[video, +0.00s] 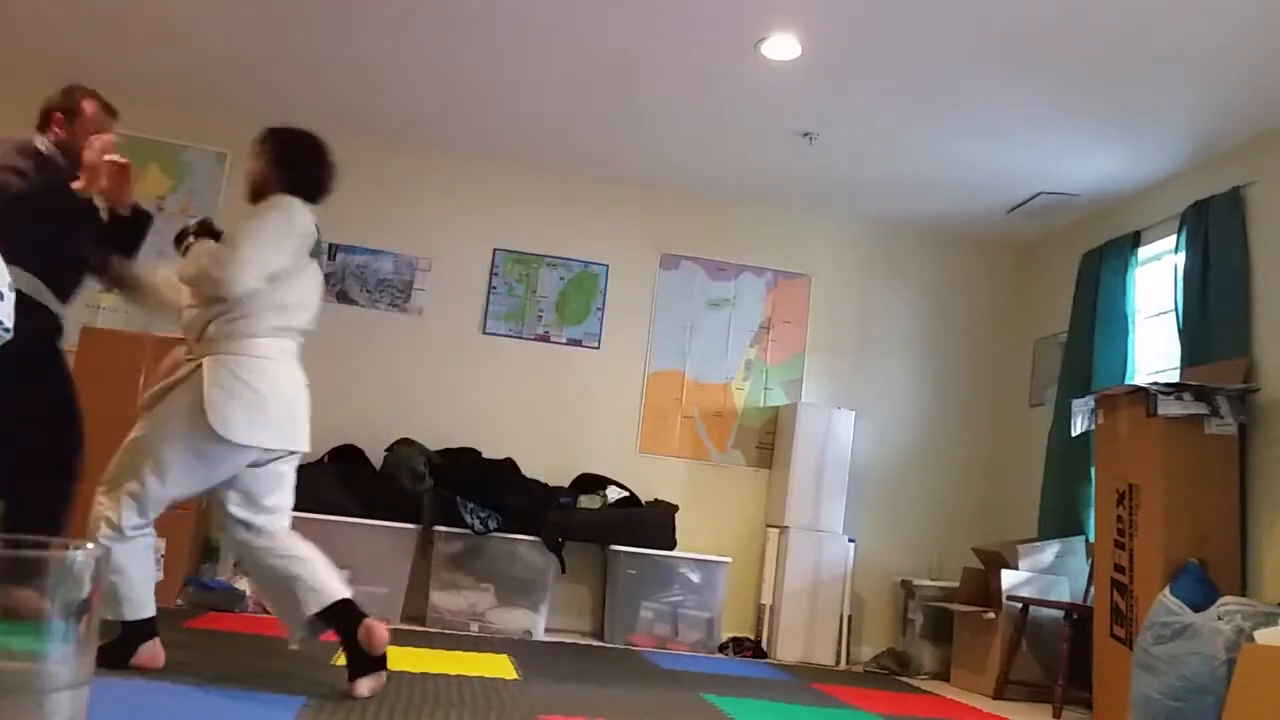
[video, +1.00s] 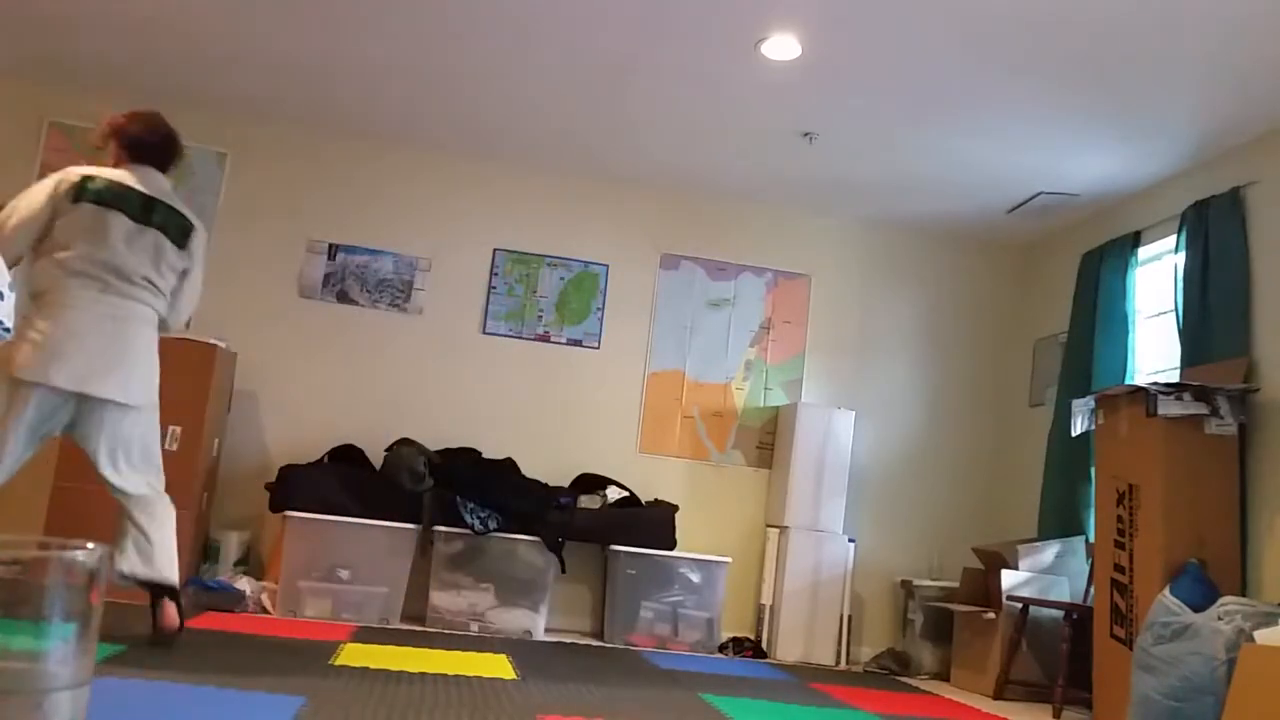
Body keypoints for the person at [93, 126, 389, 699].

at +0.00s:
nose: (250, 166)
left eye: (258, 157)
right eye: (254, 155)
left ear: (277, 167)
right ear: (307, 177)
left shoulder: (282, 212)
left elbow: (233, 277)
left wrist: (196, 245)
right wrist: (122, 271)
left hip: (236, 388)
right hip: (282, 397)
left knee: (123, 499)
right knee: (258, 529)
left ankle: (136, 633)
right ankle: (354, 626)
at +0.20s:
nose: (187, 141)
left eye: (198, 133)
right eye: (193, 131)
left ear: (221, 147)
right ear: (241, 154)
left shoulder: (216, 195)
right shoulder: (243, 208)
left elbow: (199, 278)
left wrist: (142, 269)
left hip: (198, 375)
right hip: (239, 379)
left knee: (110, 493)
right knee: (235, 516)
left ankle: (138, 628)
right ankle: (324, 588)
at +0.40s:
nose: (167, 148)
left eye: (172, 139)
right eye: (170, 138)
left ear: (189, 145)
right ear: (231, 157)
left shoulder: (167, 185)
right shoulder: (255, 232)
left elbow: (90, 259)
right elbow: (252, 322)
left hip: (155, 361)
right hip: (222, 382)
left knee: (43, 451)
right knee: (205, 498)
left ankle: (55, 583)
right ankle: (239, 632)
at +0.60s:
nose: (126, 155)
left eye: (131, 148)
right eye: (132, 146)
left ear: (136, 159)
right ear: (190, 174)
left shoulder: (87, 200)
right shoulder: (204, 241)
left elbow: (6, 211)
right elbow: (227, 328)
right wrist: (174, 365)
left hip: (83, 380)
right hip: (164, 388)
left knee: (5, 484)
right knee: (197, 505)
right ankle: (237, 623)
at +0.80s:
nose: (83, 142)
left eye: (88, 136)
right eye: (89, 135)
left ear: (97, 142)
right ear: (150, 159)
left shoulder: (52, 179)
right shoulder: (172, 218)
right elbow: (188, 299)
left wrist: (21, 286)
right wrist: (139, 329)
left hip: (40, 343)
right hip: (123, 358)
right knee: (143, 481)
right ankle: (171, 585)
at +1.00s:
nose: (102, 151)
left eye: (107, 144)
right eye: (106, 142)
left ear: (117, 150)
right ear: (167, 164)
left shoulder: (72, 182)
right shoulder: (190, 226)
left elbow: (8, 237)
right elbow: (176, 314)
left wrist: (32, 281)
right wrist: (128, 314)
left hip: (50, 347)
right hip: (129, 366)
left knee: (0, 460)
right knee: (143, 485)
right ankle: (164, 592)